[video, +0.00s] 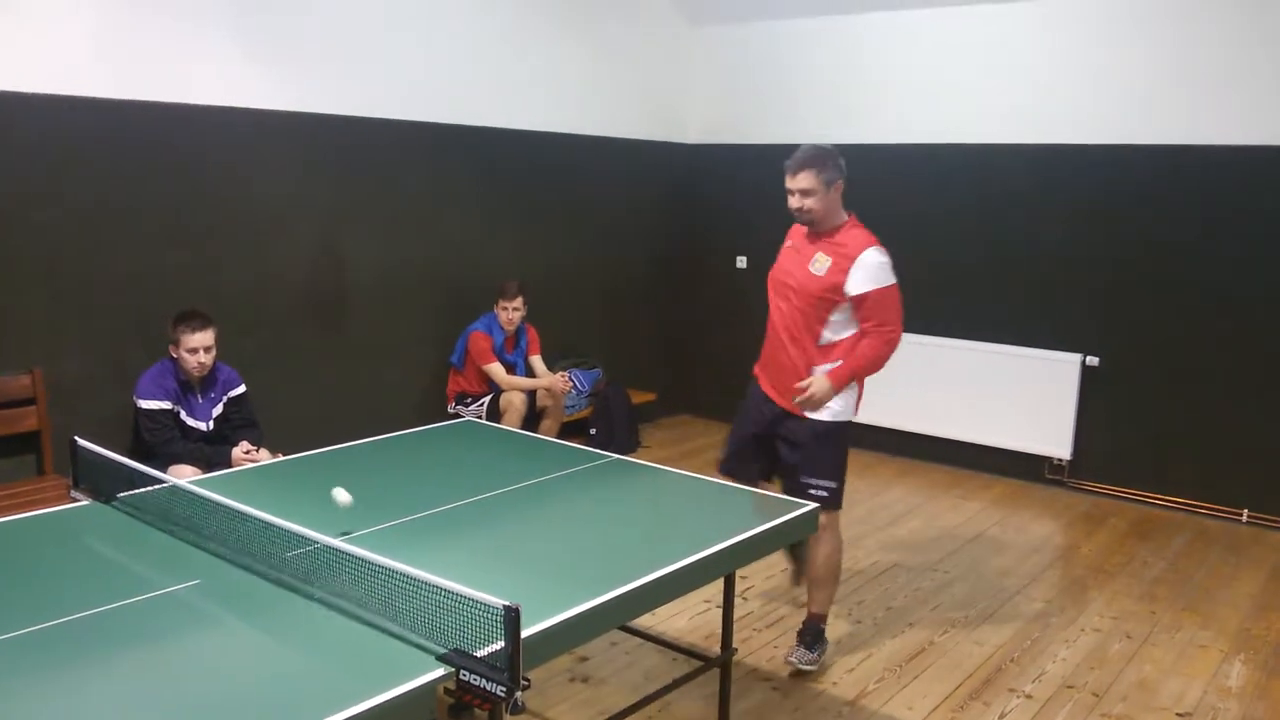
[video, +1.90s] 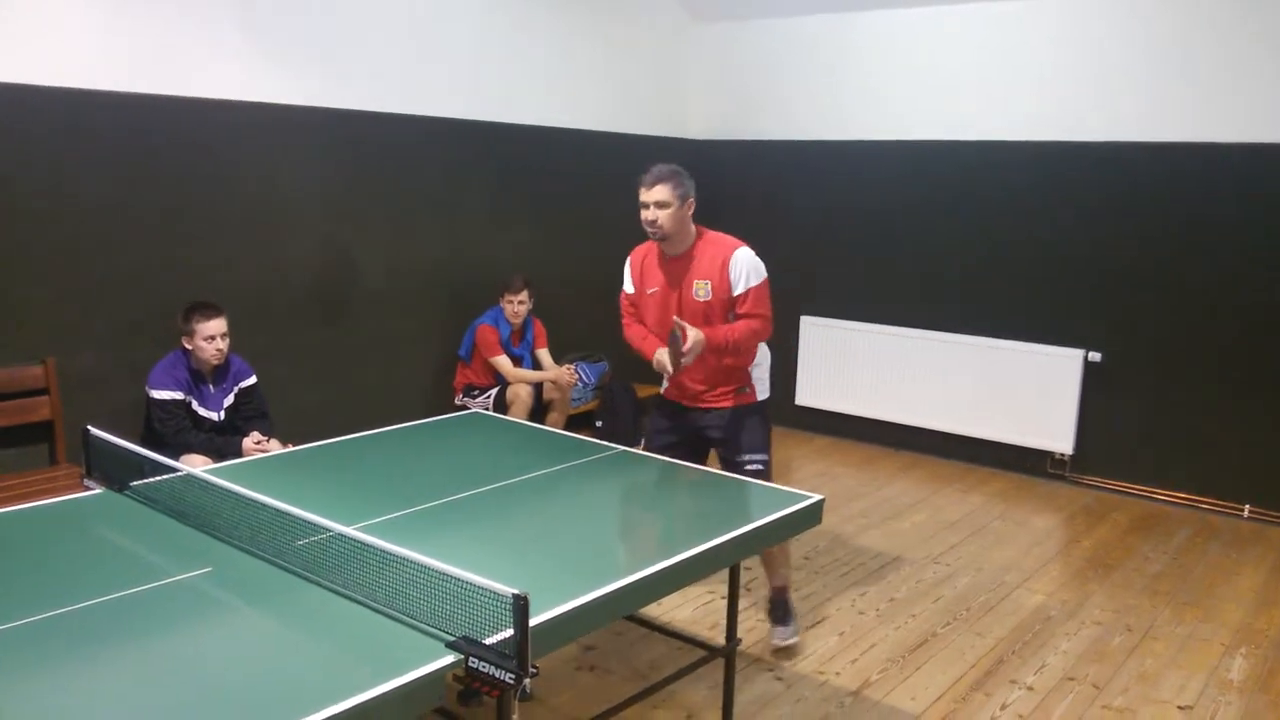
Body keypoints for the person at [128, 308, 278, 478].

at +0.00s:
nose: (202, 359)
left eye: (208, 350)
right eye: (192, 352)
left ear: (215, 348)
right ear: (174, 351)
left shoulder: (228, 378)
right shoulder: (152, 386)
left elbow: (245, 425)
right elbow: (165, 448)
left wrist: (245, 443)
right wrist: (227, 456)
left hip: (220, 453)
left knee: (264, 459)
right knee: (188, 475)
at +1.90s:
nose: (220, 347)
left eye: (224, 337)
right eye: (210, 340)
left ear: (229, 336)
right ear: (187, 342)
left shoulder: (238, 369)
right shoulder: (165, 378)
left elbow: (256, 417)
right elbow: (177, 438)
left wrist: (256, 434)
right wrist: (238, 447)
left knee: (274, 448)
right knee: (199, 465)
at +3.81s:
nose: (198, 351)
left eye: (206, 342)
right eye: (190, 343)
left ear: (222, 342)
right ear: (180, 342)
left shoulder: (235, 372)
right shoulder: (160, 379)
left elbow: (251, 420)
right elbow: (173, 441)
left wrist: (251, 440)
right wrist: (233, 449)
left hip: (226, 450)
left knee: (269, 450)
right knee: (195, 467)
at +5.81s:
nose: (192, 360)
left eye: (199, 351)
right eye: (182, 352)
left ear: (209, 350)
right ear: (166, 351)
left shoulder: (222, 380)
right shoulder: (144, 387)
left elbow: (238, 428)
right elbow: (157, 449)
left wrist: (237, 449)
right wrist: (219, 458)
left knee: (256, 461)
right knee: (181, 476)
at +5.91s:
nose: (200, 361)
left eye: (207, 352)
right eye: (191, 353)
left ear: (214, 349)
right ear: (172, 351)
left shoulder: (227, 380)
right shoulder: (151, 387)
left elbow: (242, 428)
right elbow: (163, 449)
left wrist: (243, 446)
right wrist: (224, 457)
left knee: (261, 459)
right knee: (186, 475)